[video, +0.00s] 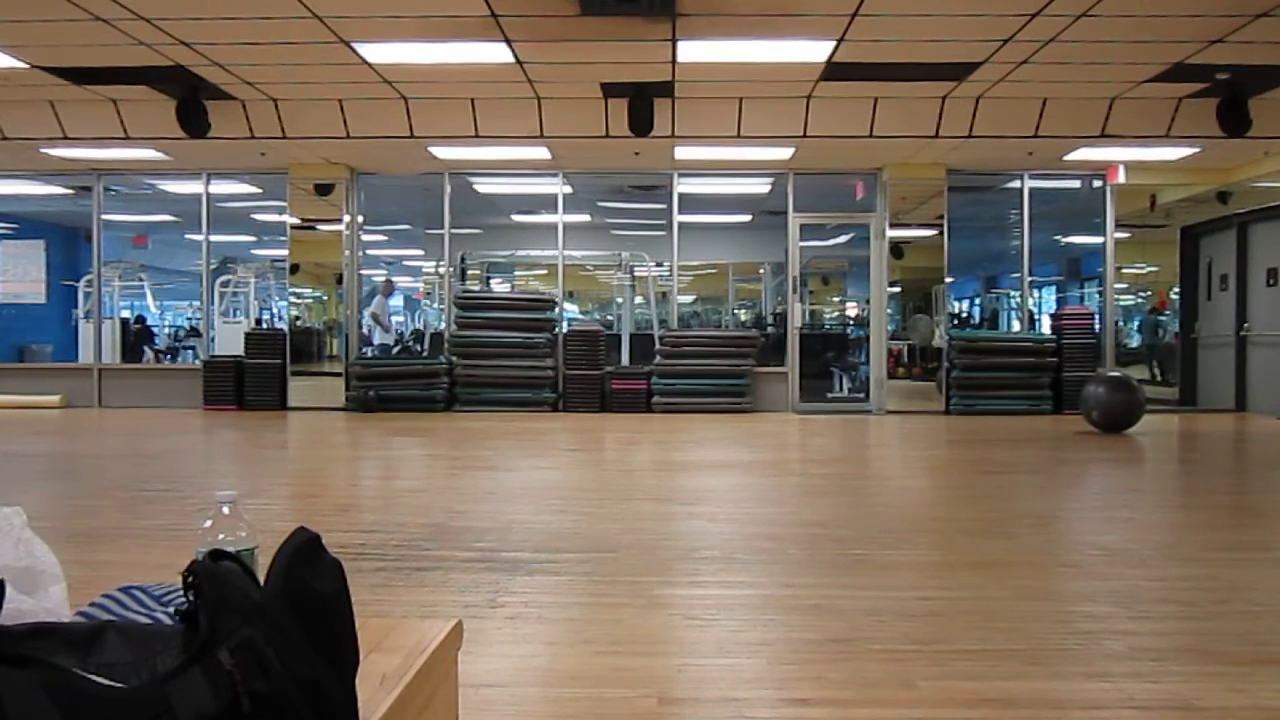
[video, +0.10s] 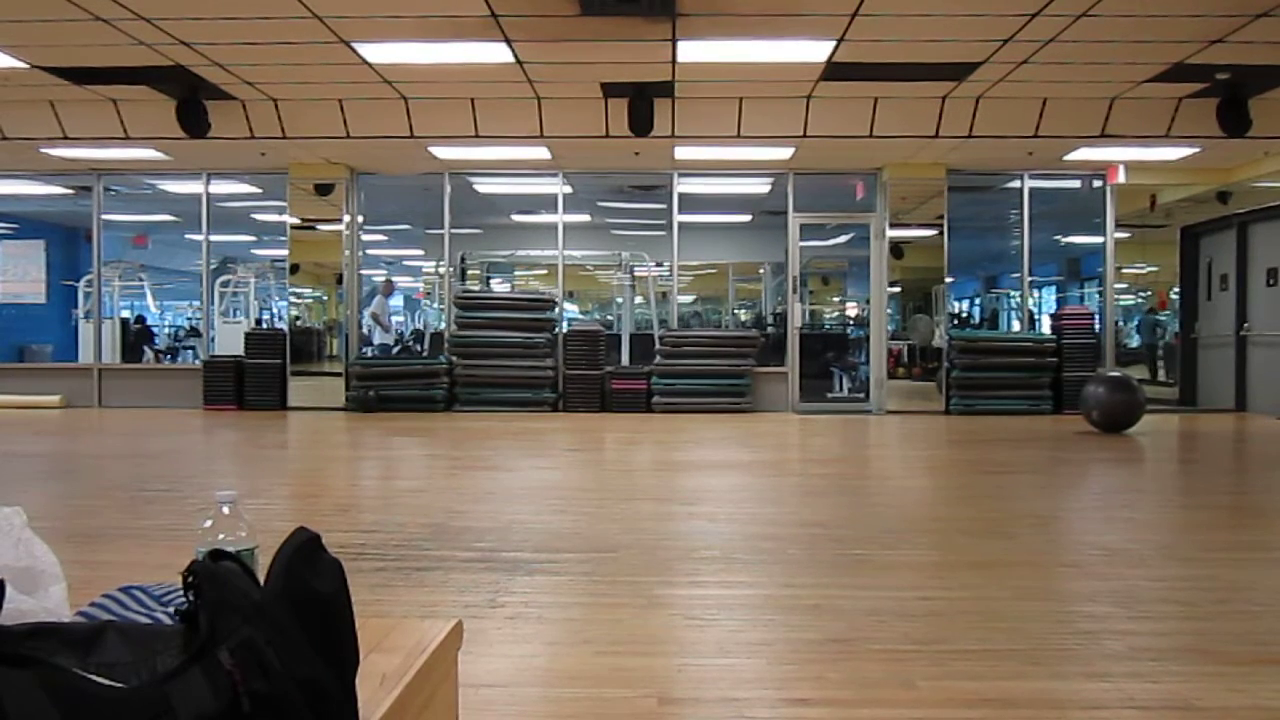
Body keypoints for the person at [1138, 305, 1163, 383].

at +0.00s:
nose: (1157, 315)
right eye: (1157, 312)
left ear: (1148, 311)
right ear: (1156, 312)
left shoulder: (1144, 318)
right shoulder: (1156, 319)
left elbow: (1138, 329)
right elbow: (1164, 328)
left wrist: (1144, 334)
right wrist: (1162, 338)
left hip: (1146, 342)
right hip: (1155, 341)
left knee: (1149, 360)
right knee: (1159, 359)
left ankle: (1152, 376)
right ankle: (1163, 376)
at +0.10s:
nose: (1155, 315)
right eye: (1155, 313)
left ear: (1147, 312)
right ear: (1154, 313)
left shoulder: (1142, 319)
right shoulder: (1154, 319)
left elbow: (1137, 329)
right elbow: (1164, 326)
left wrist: (1142, 335)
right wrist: (1162, 336)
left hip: (1145, 341)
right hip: (1153, 341)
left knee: (1148, 359)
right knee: (1153, 359)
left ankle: (1151, 375)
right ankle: (1154, 376)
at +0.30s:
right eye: (1148, 313)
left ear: (1142, 313)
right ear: (1148, 313)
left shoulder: (1138, 320)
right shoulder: (1151, 321)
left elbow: (1135, 329)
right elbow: (1161, 328)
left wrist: (1139, 336)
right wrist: (1154, 338)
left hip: (1140, 342)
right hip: (1148, 342)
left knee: (1142, 359)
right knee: (1148, 359)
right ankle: (1152, 375)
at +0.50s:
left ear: (1138, 312)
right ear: (1146, 313)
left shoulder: (1134, 320)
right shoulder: (1148, 321)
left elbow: (1129, 330)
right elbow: (1157, 329)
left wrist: (1127, 340)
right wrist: (1151, 337)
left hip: (1137, 342)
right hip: (1146, 343)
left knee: (1138, 359)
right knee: (1147, 360)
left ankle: (1138, 375)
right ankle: (1149, 375)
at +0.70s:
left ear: (1133, 311)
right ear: (1142, 310)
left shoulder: (1132, 318)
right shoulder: (1145, 318)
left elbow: (1129, 327)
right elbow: (1149, 328)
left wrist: (1129, 338)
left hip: (1133, 341)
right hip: (1142, 341)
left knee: (1133, 359)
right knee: (1141, 360)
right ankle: (1139, 377)